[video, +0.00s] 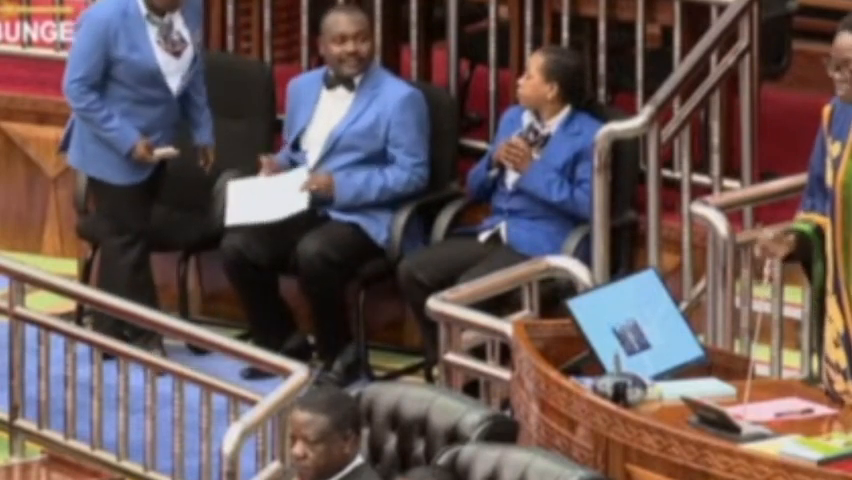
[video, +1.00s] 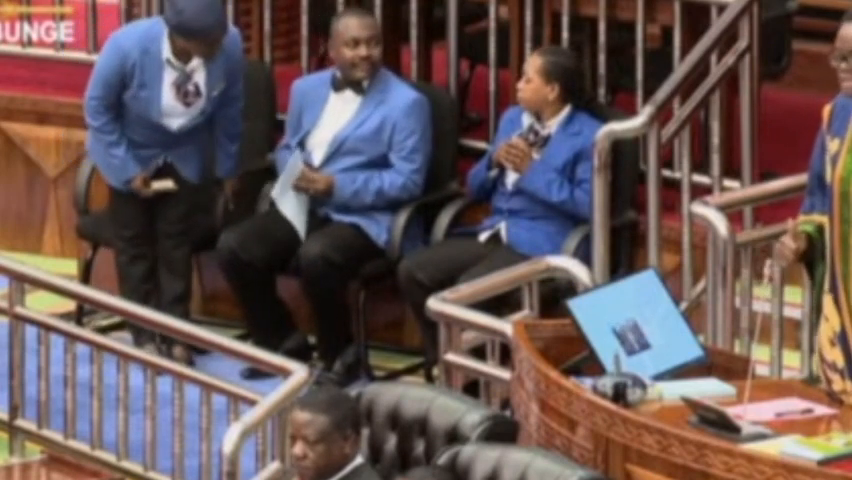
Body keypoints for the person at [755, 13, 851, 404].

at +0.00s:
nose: (844, 75)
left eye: (849, 65)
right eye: (839, 65)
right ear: (829, 67)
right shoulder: (834, 117)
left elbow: (820, 201)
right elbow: (819, 199)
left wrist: (798, 235)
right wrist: (796, 237)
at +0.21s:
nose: (836, 70)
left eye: (844, 61)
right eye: (832, 60)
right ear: (826, 61)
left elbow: (821, 190)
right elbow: (818, 186)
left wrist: (808, 233)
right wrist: (805, 231)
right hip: (834, 273)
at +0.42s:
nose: (836, 66)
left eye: (843, 57)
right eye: (833, 57)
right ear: (828, 59)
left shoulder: (840, 114)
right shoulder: (835, 112)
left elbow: (822, 187)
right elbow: (820, 184)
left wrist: (807, 232)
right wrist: (806, 231)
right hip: (835, 275)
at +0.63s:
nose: (838, 66)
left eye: (844, 57)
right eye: (835, 57)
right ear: (829, 60)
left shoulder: (839, 115)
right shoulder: (835, 114)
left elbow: (822, 197)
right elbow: (820, 193)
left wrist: (806, 233)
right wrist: (804, 234)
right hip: (835, 293)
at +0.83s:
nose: (845, 68)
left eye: (849, 58)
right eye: (840, 58)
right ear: (831, 60)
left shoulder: (838, 114)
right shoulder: (836, 114)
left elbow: (822, 199)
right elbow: (820, 195)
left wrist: (806, 234)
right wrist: (804, 236)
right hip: (836, 302)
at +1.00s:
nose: (844, 68)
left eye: (849, 58)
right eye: (840, 58)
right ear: (832, 59)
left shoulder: (838, 114)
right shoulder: (835, 114)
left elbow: (821, 199)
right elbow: (818, 195)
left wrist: (805, 237)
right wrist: (803, 237)